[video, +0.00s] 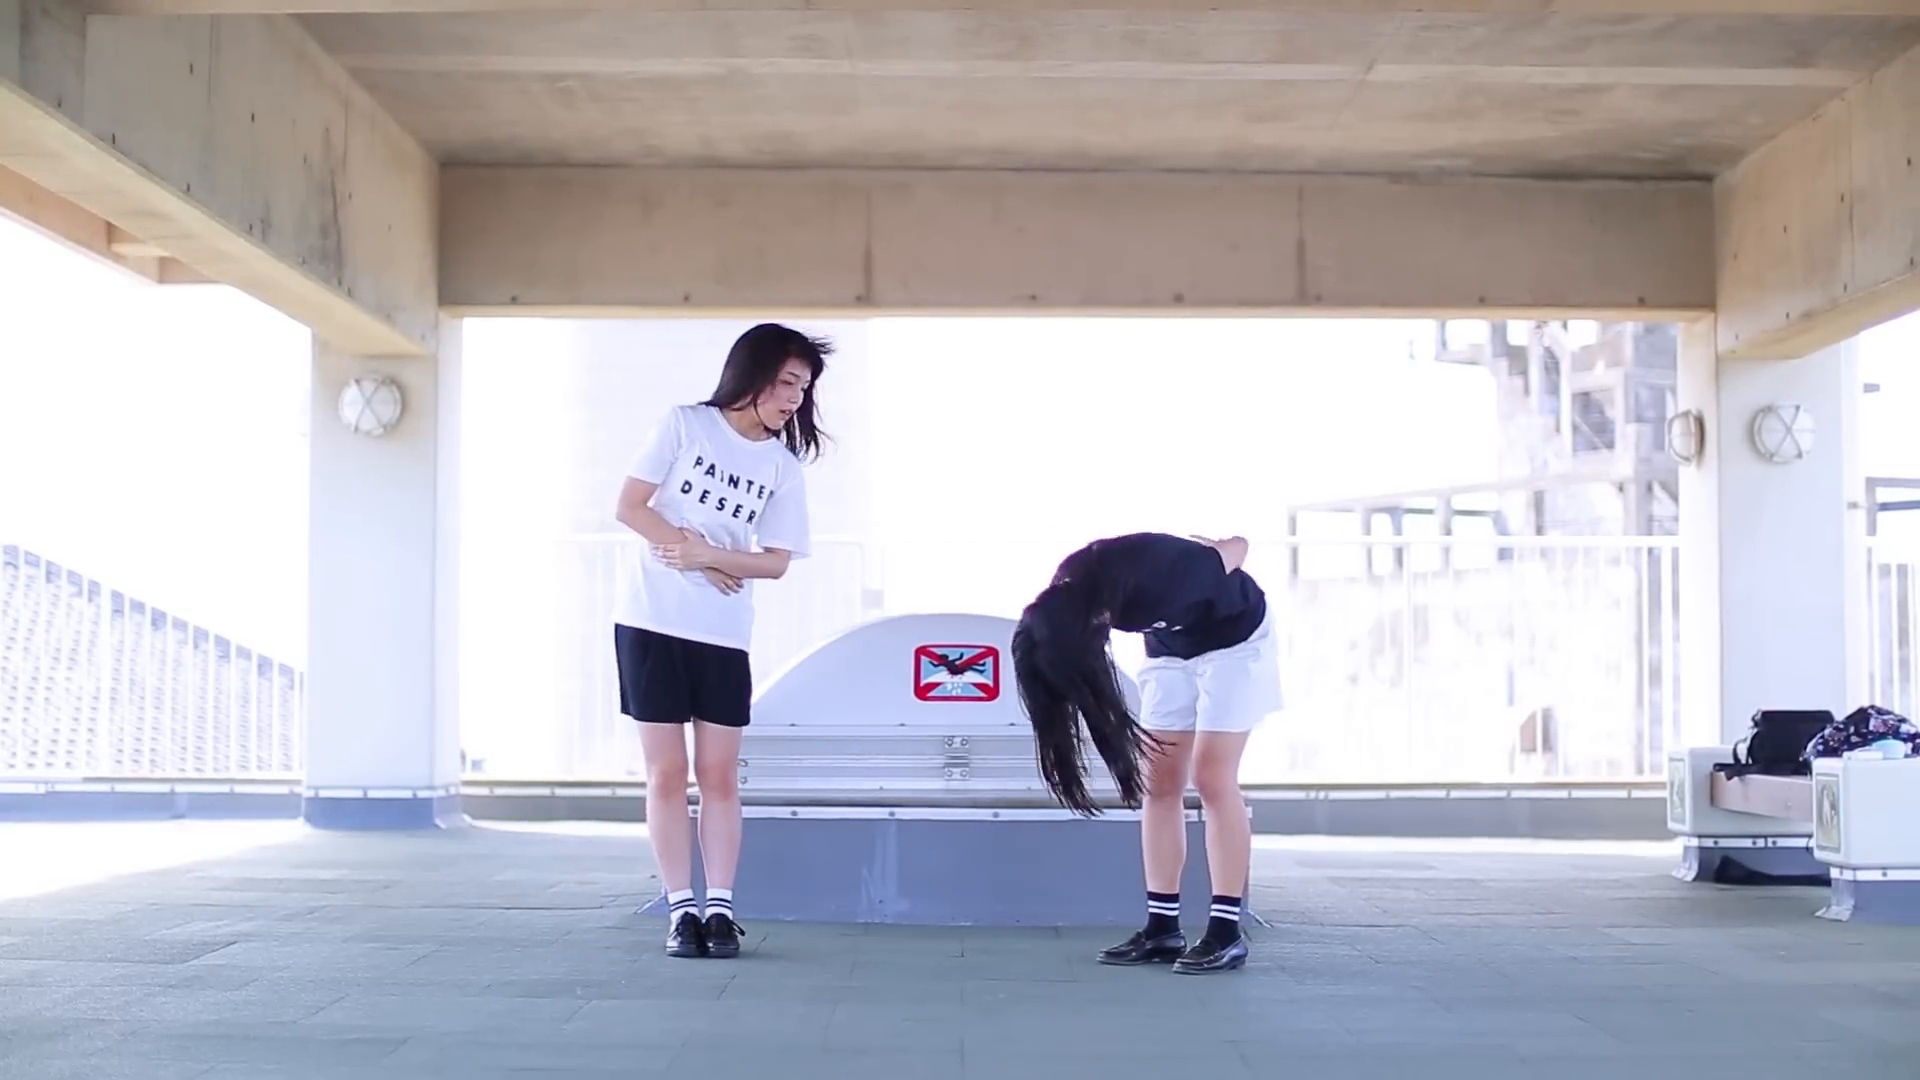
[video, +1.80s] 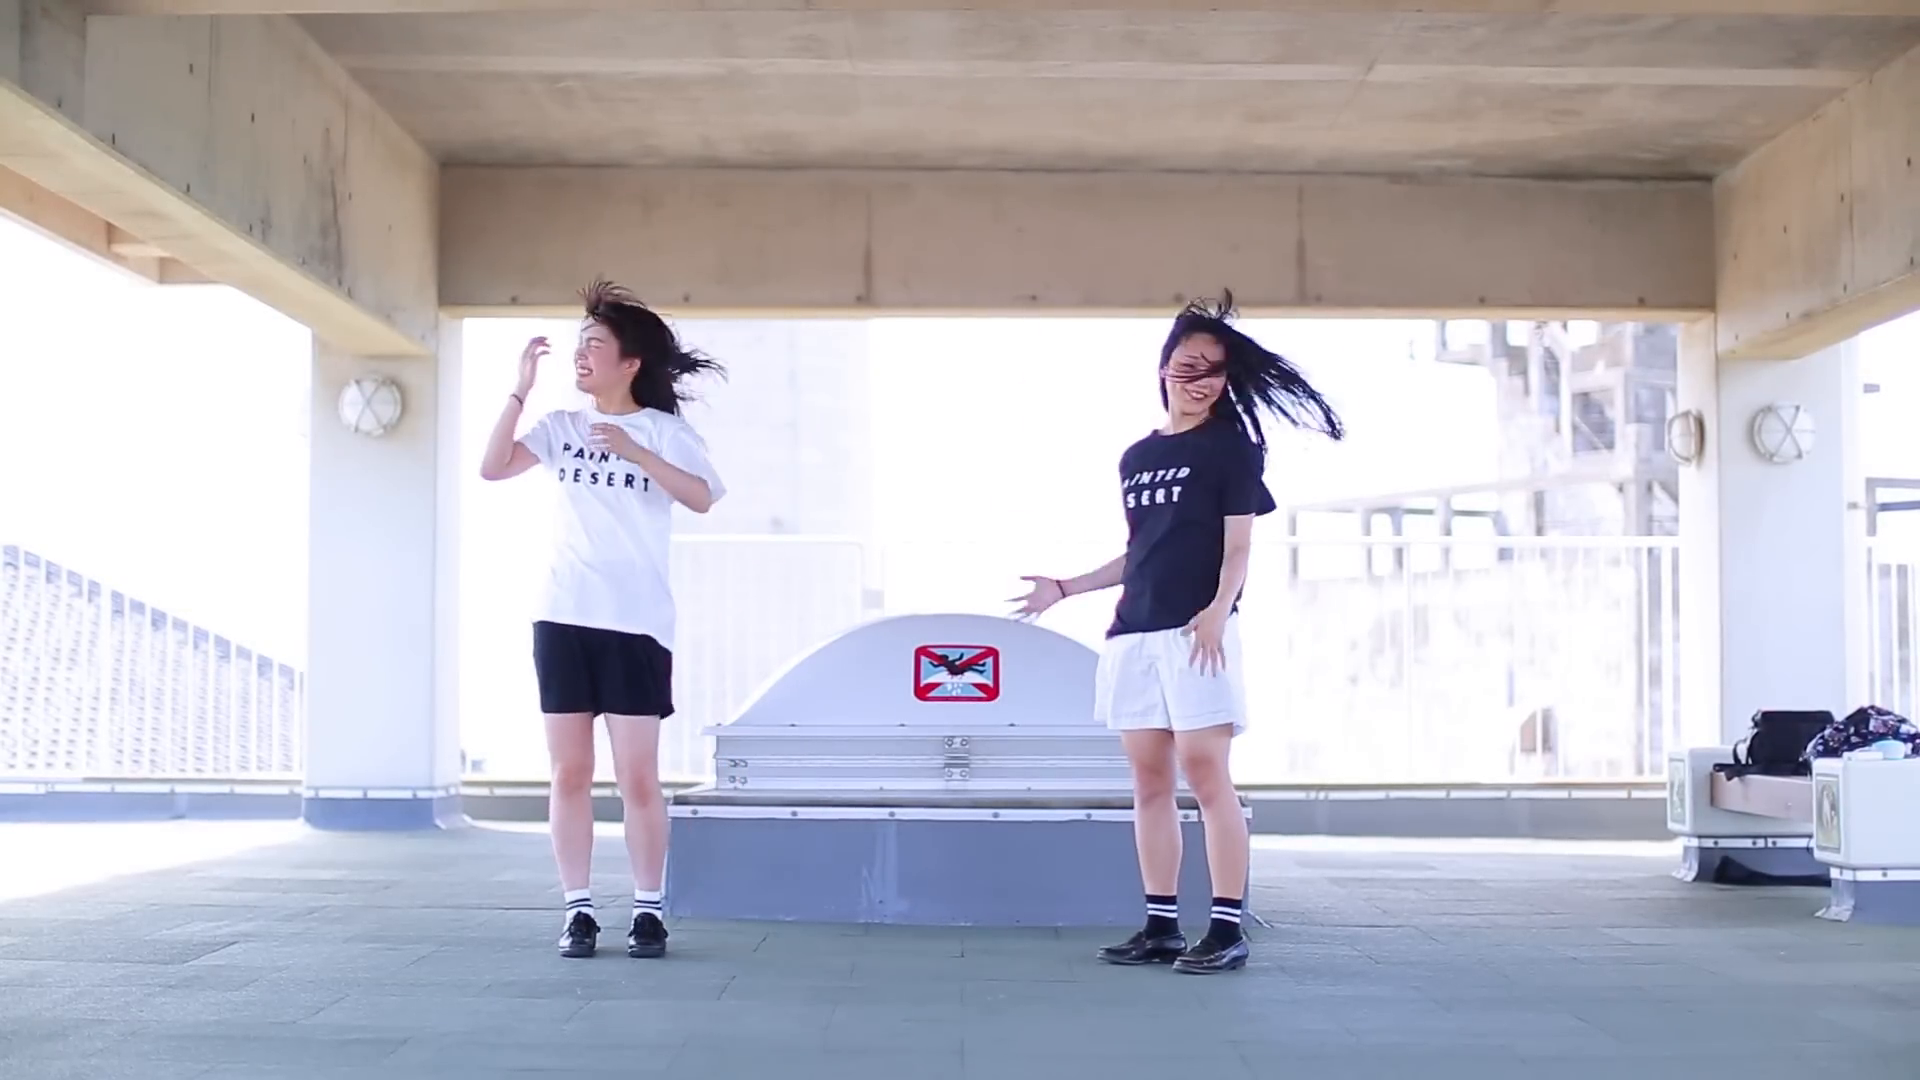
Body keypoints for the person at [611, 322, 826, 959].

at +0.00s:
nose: (795, 396)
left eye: (804, 386)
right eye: (787, 380)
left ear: (806, 392)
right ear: (752, 374)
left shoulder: (784, 466)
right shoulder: (686, 423)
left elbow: (777, 562)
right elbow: (631, 506)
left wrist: (708, 552)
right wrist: (702, 558)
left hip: (724, 633)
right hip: (653, 624)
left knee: (720, 779)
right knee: (666, 776)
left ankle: (720, 910)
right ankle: (682, 910)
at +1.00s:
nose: (726, 363)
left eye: (735, 353)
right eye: (712, 351)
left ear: (746, 361)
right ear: (682, 355)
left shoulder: (753, 441)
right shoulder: (646, 424)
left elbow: (763, 538)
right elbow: (601, 512)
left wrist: (704, 573)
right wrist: (676, 510)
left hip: (712, 630)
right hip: (636, 621)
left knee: (716, 778)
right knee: (609, 774)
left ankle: (719, 911)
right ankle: (583, 908)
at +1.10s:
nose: (699, 359)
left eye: (710, 349)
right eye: (686, 348)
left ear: (723, 357)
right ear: (658, 355)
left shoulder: (738, 438)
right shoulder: (630, 422)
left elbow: (749, 538)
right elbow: (580, 500)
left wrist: (713, 601)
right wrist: (640, 453)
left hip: (700, 626)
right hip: (624, 619)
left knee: (709, 779)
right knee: (602, 775)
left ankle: (718, 912)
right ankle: (582, 910)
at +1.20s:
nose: (671, 358)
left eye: (682, 347)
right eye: (656, 348)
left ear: (700, 356)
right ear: (632, 358)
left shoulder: (724, 438)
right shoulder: (616, 422)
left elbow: (742, 533)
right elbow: (561, 471)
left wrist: (728, 617)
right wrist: (610, 395)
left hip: (688, 630)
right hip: (609, 621)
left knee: (701, 780)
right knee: (594, 774)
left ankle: (718, 910)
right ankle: (581, 909)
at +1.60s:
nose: (598, 361)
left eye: (615, 350)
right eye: (592, 350)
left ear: (644, 364)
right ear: (583, 360)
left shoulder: (667, 434)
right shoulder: (563, 425)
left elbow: (707, 516)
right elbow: (486, 440)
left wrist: (681, 564)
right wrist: (538, 381)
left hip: (640, 622)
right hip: (565, 619)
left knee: (657, 780)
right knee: (570, 774)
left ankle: (672, 905)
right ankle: (579, 909)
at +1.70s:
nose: (579, 350)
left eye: (595, 341)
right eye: (580, 340)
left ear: (632, 363)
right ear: (581, 358)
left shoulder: (666, 430)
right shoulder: (564, 423)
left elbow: (705, 515)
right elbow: (488, 456)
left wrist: (661, 511)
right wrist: (519, 389)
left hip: (639, 621)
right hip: (564, 617)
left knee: (639, 780)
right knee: (570, 774)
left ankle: (645, 909)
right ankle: (578, 910)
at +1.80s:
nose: (579, 355)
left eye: (594, 346)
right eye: (580, 344)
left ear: (632, 363)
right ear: (585, 357)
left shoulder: (667, 430)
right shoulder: (563, 425)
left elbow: (702, 497)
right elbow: (494, 467)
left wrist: (635, 453)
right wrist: (521, 393)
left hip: (637, 621)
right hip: (564, 618)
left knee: (637, 780)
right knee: (571, 774)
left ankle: (648, 907)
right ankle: (577, 910)